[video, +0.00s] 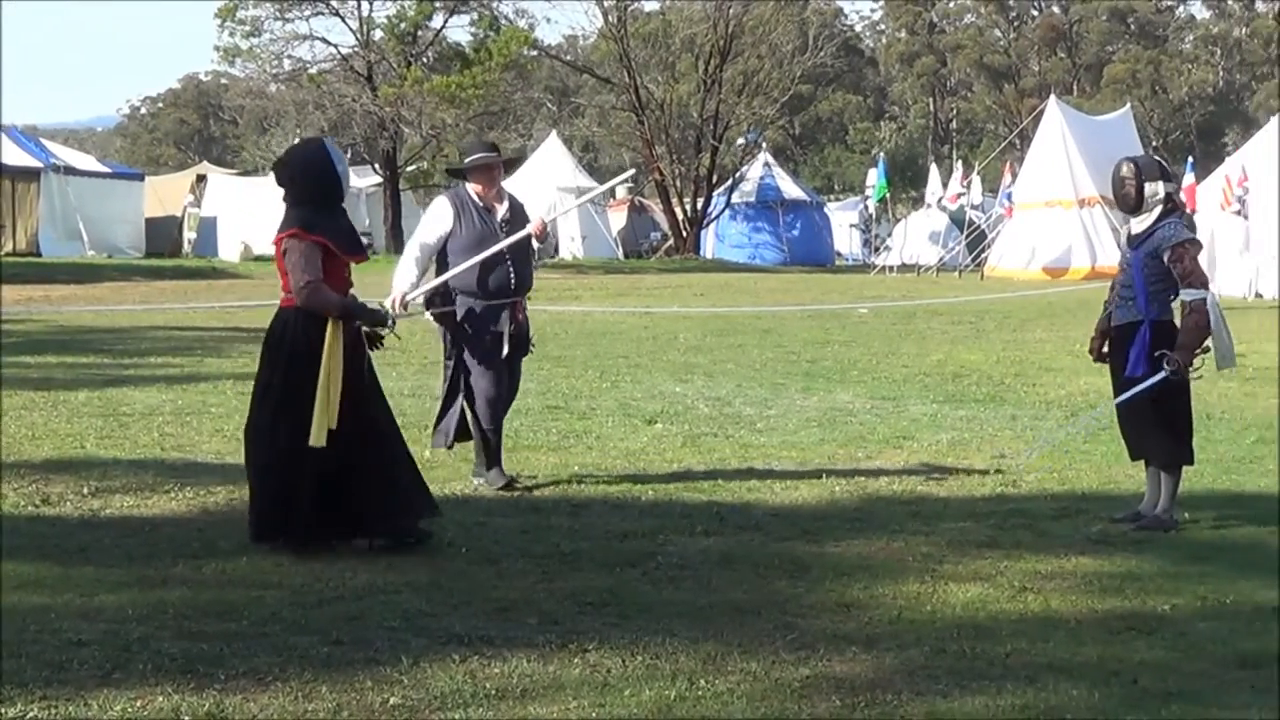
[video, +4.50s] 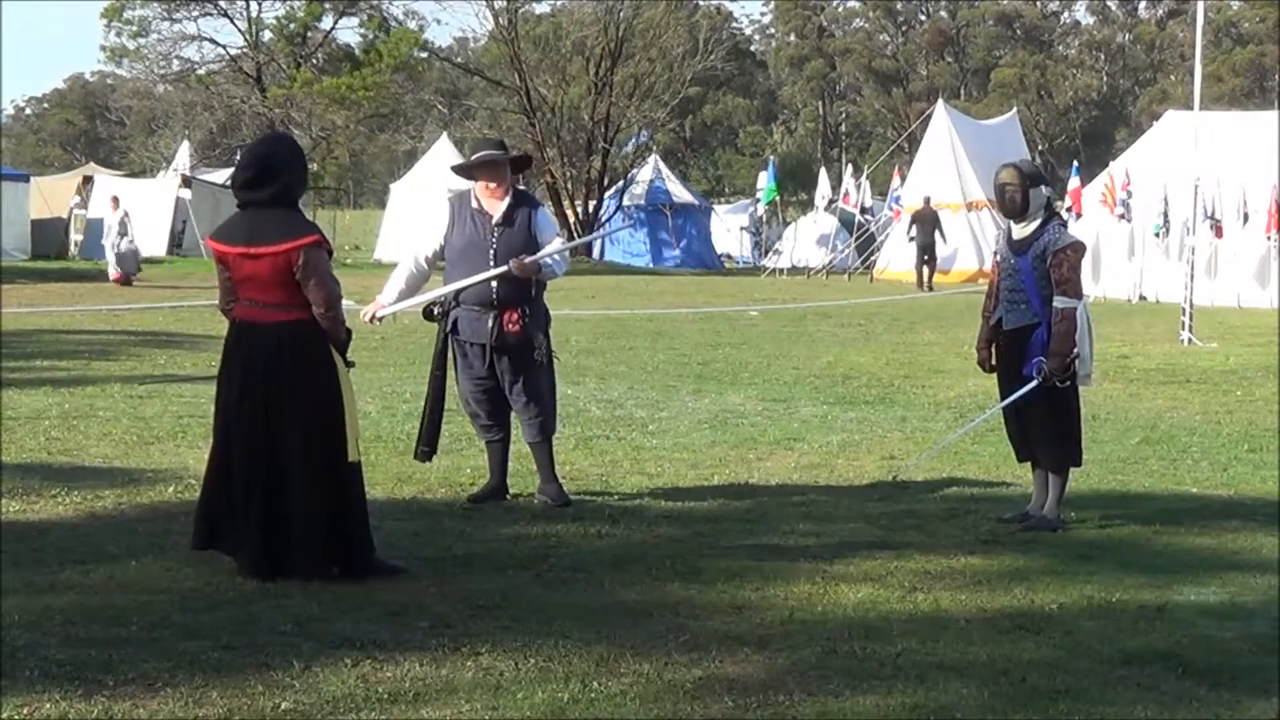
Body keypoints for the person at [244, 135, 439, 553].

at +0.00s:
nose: (345, 180)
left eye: (342, 172)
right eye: (338, 172)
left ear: (301, 181)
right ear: (320, 179)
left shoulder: (321, 226)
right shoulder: (300, 229)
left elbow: (326, 288)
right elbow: (308, 291)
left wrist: (358, 320)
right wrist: (360, 310)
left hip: (331, 334)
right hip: (308, 336)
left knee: (346, 425)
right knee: (312, 429)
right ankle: (311, 523)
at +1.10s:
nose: (356, 176)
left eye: (353, 167)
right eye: (351, 168)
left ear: (295, 177)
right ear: (340, 177)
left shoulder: (281, 227)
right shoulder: (337, 232)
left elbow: (289, 285)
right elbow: (356, 302)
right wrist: (376, 336)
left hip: (285, 332)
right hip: (329, 337)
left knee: (293, 432)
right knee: (344, 434)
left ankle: (288, 532)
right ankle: (354, 543)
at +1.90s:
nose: (307, 183)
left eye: (304, 175)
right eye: (303, 175)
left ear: (248, 176)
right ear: (293, 180)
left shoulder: (229, 227)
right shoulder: (291, 234)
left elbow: (245, 280)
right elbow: (313, 303)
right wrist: (333, 341)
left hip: (242, 335)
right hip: (287, 341)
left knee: (246, 437)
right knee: (300, 438)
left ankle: (244, 543)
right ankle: (310, 544)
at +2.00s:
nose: (307, 182)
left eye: (305, 173)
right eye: (304, 175)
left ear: (247, 174)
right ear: (292, 181)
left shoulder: (228, 223)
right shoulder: (290, 235)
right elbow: (314, 305)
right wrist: (335, 342)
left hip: (244, 335)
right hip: (289, 341)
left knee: (245, 438)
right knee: (300, 441)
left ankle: (241, 543)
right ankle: (307, 545)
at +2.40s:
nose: (306, 180)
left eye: (303, 172)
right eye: (302, 174)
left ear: (246, 178)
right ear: (294, 182)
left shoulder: (230, 227)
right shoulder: (290, 236)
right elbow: (316, 303)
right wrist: (338, 343)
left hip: (247, 336)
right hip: (291, 342)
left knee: (247, 438)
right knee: (302, 440)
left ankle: (241, 540)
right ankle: (304, 544)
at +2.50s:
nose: (307, 178)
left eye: (304, 170)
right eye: (302, 171)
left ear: (247, 176)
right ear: (291, 179)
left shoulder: (229, 227)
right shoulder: (291, 235)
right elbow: (317, 305)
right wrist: (339, 344)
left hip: (247, 337)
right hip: (291, 343)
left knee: (247, 439)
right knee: (305, 441)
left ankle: (242, 541)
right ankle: (310, 546)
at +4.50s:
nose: (304, 181)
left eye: (302, 173)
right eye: (301, 173)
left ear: (246, 176)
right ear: (292, 178)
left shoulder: (225, 235)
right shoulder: (302, 235)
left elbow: (228, 302)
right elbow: (325, 307)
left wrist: (253, 326)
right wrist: (341, 339)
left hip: (247, 344)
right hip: (299, 346)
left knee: (253, 442)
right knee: (312, 443)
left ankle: (257, 549)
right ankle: (320, 548)